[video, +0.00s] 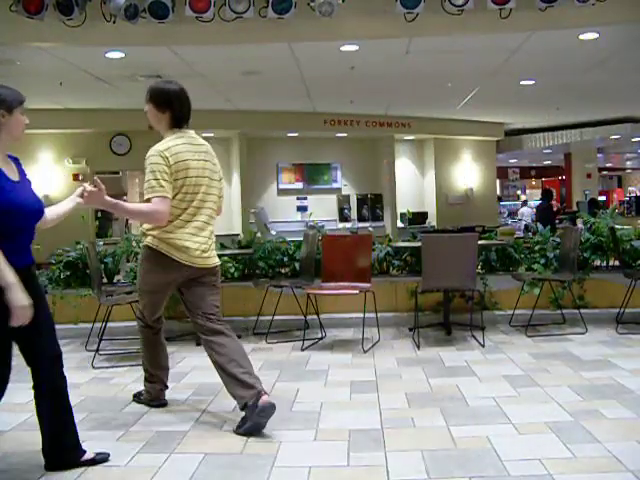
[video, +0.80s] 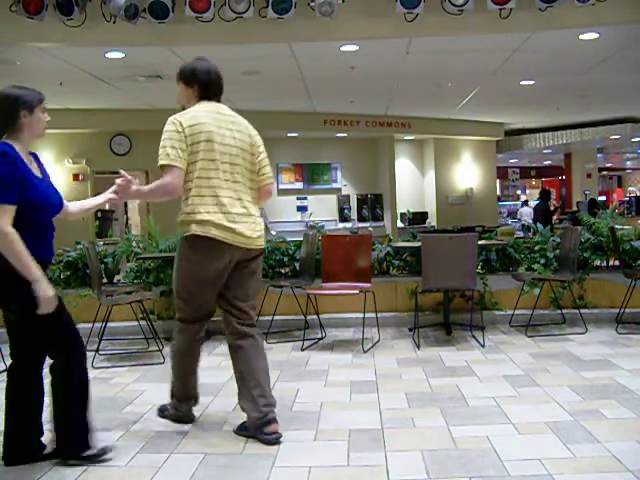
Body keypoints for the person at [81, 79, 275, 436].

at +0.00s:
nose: (146, 116)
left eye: (148, 110)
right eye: (146, 110)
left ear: (162, 111)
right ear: (182, 111)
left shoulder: (161, 152)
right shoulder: (206, 149)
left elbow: (159, 213)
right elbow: (215, 208)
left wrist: (106, 203)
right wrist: (172, 206)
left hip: (163, 251)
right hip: (203, 252)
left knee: (150, 320)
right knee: (213, 324)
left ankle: (154, 391)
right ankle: (254, 398)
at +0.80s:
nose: (177, 95)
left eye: (180, 88)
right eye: (178, 88)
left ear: (193, 88)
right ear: (214, 89)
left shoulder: (182, 121)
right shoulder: (246, 127)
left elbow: (172, 185)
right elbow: (266, 190)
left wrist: (136, 192)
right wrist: (230, 205)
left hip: (206, 234)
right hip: (250, 236)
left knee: (189, 323)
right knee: (244, 325)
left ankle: (182, 406)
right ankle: (263, 419)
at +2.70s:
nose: (200, 74)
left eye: (200, 68)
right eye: (201, 67)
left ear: (206, 69)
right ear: (246, 65)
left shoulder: (204, 112)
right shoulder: (281, 108)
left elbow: (169, 198)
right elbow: (304, 181)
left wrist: (205, 213)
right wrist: (260, 184)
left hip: (237, 245)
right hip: (282, 243)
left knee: (236, 346)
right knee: (257, 336)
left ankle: (283, 467)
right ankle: (255, 416)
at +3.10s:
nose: (212, 71)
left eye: (211, 65)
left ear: (214, 67)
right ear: (251, 64)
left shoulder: (209, 107)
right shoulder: (282, 107)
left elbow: (164, 178)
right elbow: (302, 175)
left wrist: (179, 196)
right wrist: (265, 171)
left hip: (230, 236)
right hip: (274, 239)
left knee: (223, 330)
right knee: (260, 330)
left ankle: (253, 436)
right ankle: (267, 424)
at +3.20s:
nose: (211, 77)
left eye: (211, 72)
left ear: (213, 74)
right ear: (249, 71)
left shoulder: (206, 113)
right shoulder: (280, 113)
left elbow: (165, 183)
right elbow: (301, 181)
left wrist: (192, 204)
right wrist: (265, 170)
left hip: (226, 241)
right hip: (273, 246)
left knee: (215, 330)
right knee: (255, 331)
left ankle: (235, 422)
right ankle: (265, 422)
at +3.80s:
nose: (222, 93)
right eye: (222, 88)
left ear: (189, 96)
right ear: (222, 91)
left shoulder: (178, 135)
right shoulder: (246, 129)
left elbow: (149, 197)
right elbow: (264, 183)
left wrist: (165, 210)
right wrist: (266, 170)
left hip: (194, 239)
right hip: (238, 238)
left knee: (196, 317)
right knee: (244, 315)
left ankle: (198, 388)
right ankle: (257, 402)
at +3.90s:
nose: (219, 95)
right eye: (219, 90)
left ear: (186, 98)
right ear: (219, 93)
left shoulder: (173, 135)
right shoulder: (241, 131)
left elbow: (146, 195)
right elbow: (256, 180)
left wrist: (164, 208)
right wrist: (265, 172)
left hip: (189, 237)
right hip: (232, 237)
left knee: (197, 316)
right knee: (242, 311)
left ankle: (200, 387)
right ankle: (256, 393)